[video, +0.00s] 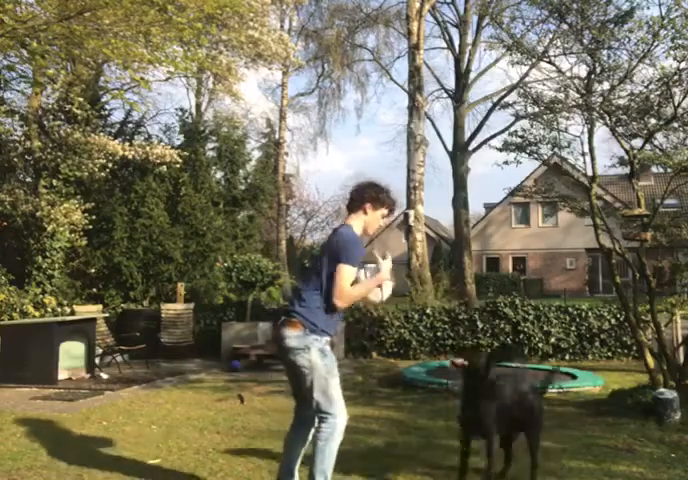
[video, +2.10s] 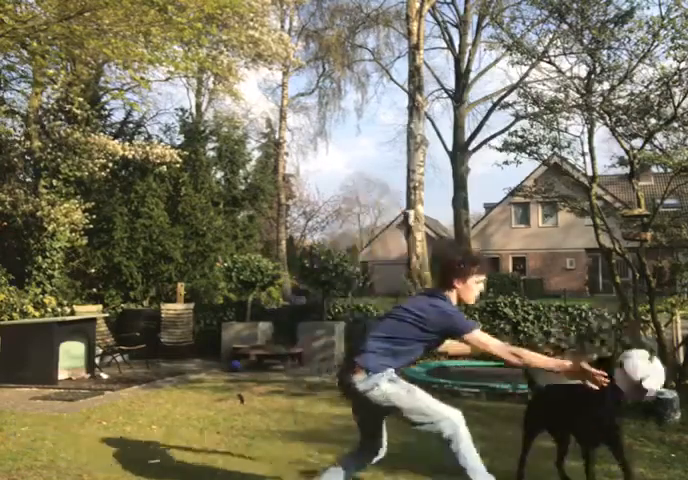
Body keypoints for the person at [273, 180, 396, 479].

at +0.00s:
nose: (382, 224)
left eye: (385, 218)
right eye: (383, 216)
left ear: (363, 209)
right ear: (367, 208)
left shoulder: (338, 237)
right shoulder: (349, 241)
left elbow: (337, 291)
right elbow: (340, 298)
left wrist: (369, 290)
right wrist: (378, 278)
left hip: (292, 331)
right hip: (307, 336)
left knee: (306, 412)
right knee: (334, 416)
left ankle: (286, 474)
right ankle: (321, 475)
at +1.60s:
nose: (398, 224)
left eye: (400, 218)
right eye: (397, 216)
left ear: (374, 211)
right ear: (381, 211)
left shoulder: (353, 241)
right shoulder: (361, 243)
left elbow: (348, 306)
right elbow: (355, 304)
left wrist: (384, 326)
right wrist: (402, 325)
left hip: (311, 336)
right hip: (314, 338)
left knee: (328, 416)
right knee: (339, 418)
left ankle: (309, 473)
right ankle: (320, 475)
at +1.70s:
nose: (401, 228)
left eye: (403, 221)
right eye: (400, 220)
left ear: (378, 216)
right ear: (384, 217)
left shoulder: (357, 248)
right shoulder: (374, 255)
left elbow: (356, 310)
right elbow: (387, 317)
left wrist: (400, 319)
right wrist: (439, 333)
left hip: (313, 339)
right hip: (319, 342)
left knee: (339, 417)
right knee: (346, 419)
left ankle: (314, 474)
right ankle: (323, 475)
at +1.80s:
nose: (413, 237)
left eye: (412, 230)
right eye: (409, 229)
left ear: (387, 230)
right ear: (389, 230)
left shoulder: (363, 261)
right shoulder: (383, 265)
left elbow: (368, 314)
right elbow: (425, 323)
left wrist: (416, 321)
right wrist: (476, 339)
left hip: (310, 347)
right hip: (323, 350)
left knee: (340, 421)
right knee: (367, 418)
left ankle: (314, 475)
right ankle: (333, 475)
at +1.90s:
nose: (427, 254)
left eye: (427, 247)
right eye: (423, 247)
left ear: (398, 248)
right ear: (404, 248)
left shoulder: (370, 275)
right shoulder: (394, 281)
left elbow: (387, 325)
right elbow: (458, 326)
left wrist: (437, 327)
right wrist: (514, 340)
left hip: (313, 354)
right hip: (331, 356)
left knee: (351, 422)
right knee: (392, 411)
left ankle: (313, 475)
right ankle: (374, 474)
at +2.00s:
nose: (450, 272)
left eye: (449, 264)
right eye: (446, 264)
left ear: (423, 266)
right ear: (425, 265)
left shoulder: (399, 291)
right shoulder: (417, 297)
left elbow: (410, 335)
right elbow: (481, 336)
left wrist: (456, 337)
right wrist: (542, 348)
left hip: (329, 362)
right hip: (345, 363)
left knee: (360, 433)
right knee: (418, 411)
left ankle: (322, 474)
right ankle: (429, 475)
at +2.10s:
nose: (480, 291)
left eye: (481, 284)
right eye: (478, 284)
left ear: (453, 281)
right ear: (457, 282)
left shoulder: (425, 304)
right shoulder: (445, 310)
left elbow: (443, 348)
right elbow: (510, 354)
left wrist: (494, 351)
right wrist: (566, 366)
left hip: (355, 376)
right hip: (377, 379)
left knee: (373, 448)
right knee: (451, 421)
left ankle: (330, 476)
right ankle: (481, 474)